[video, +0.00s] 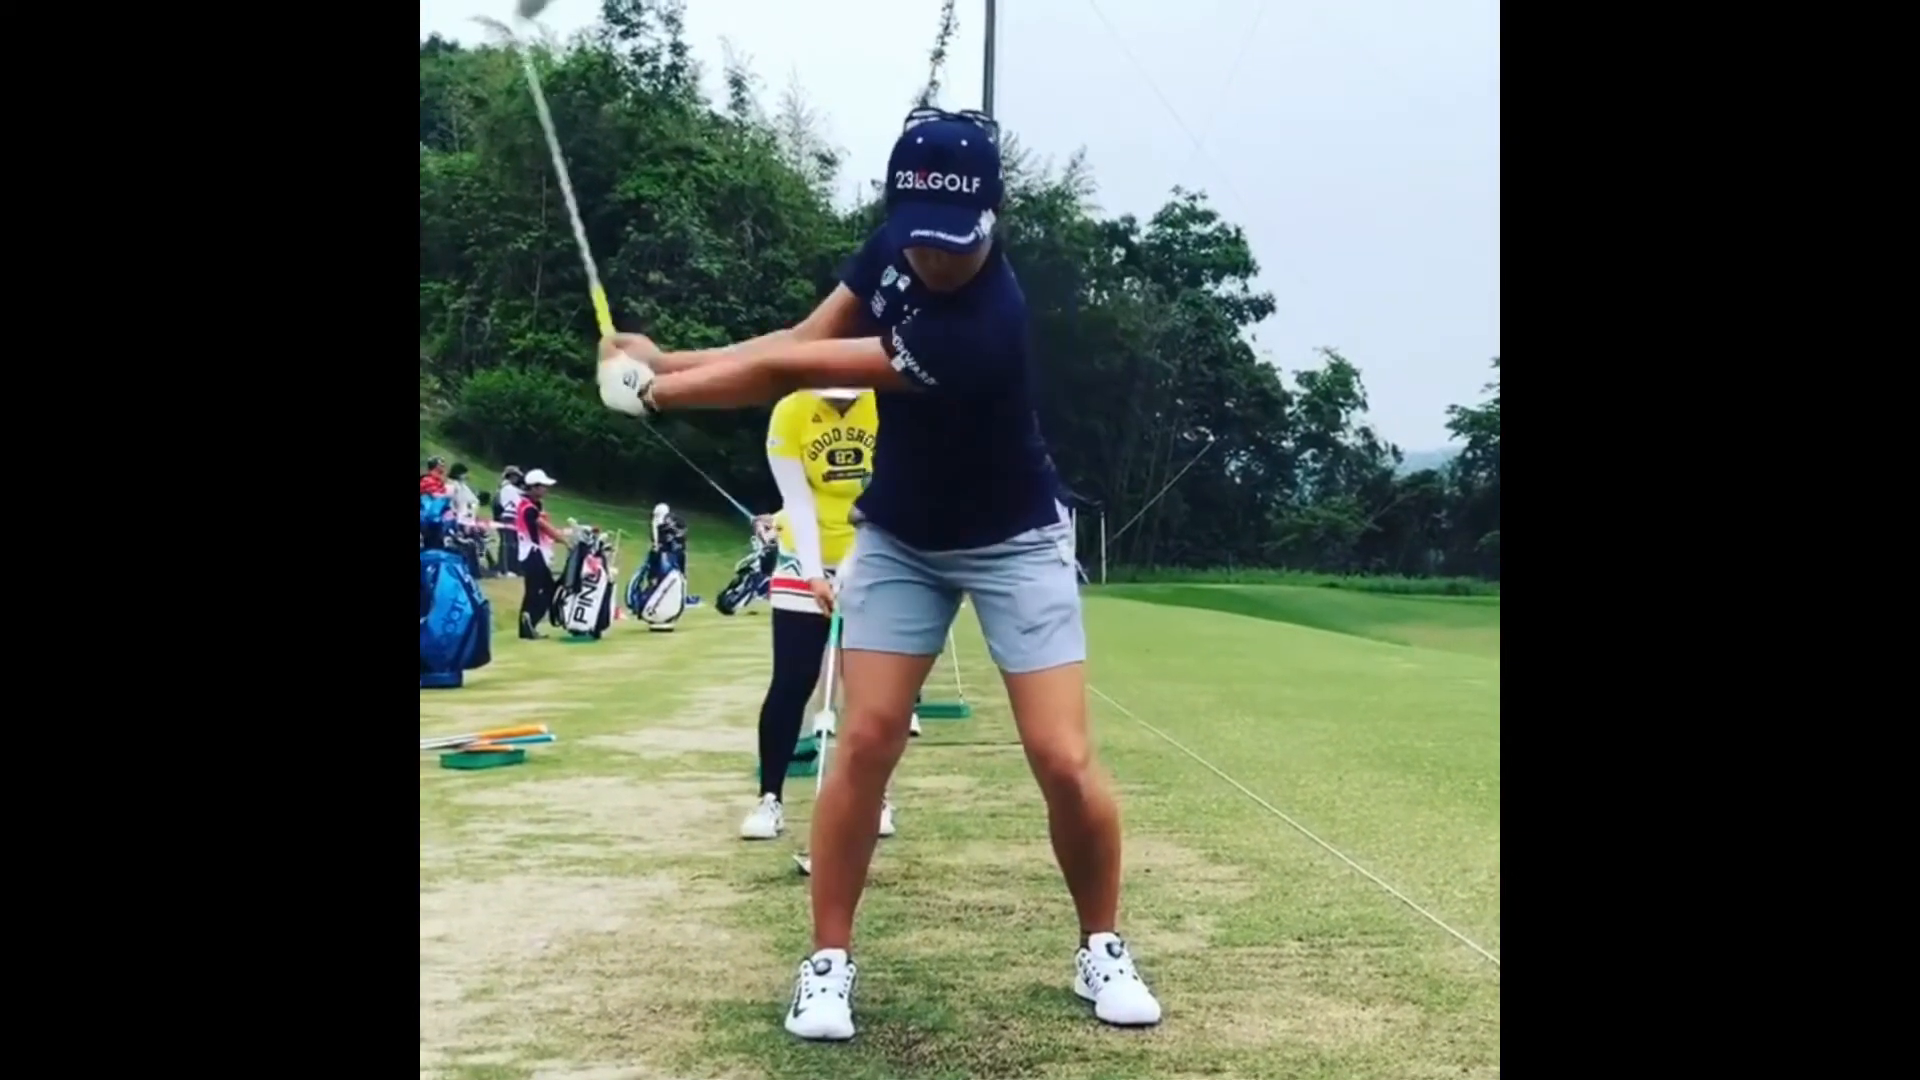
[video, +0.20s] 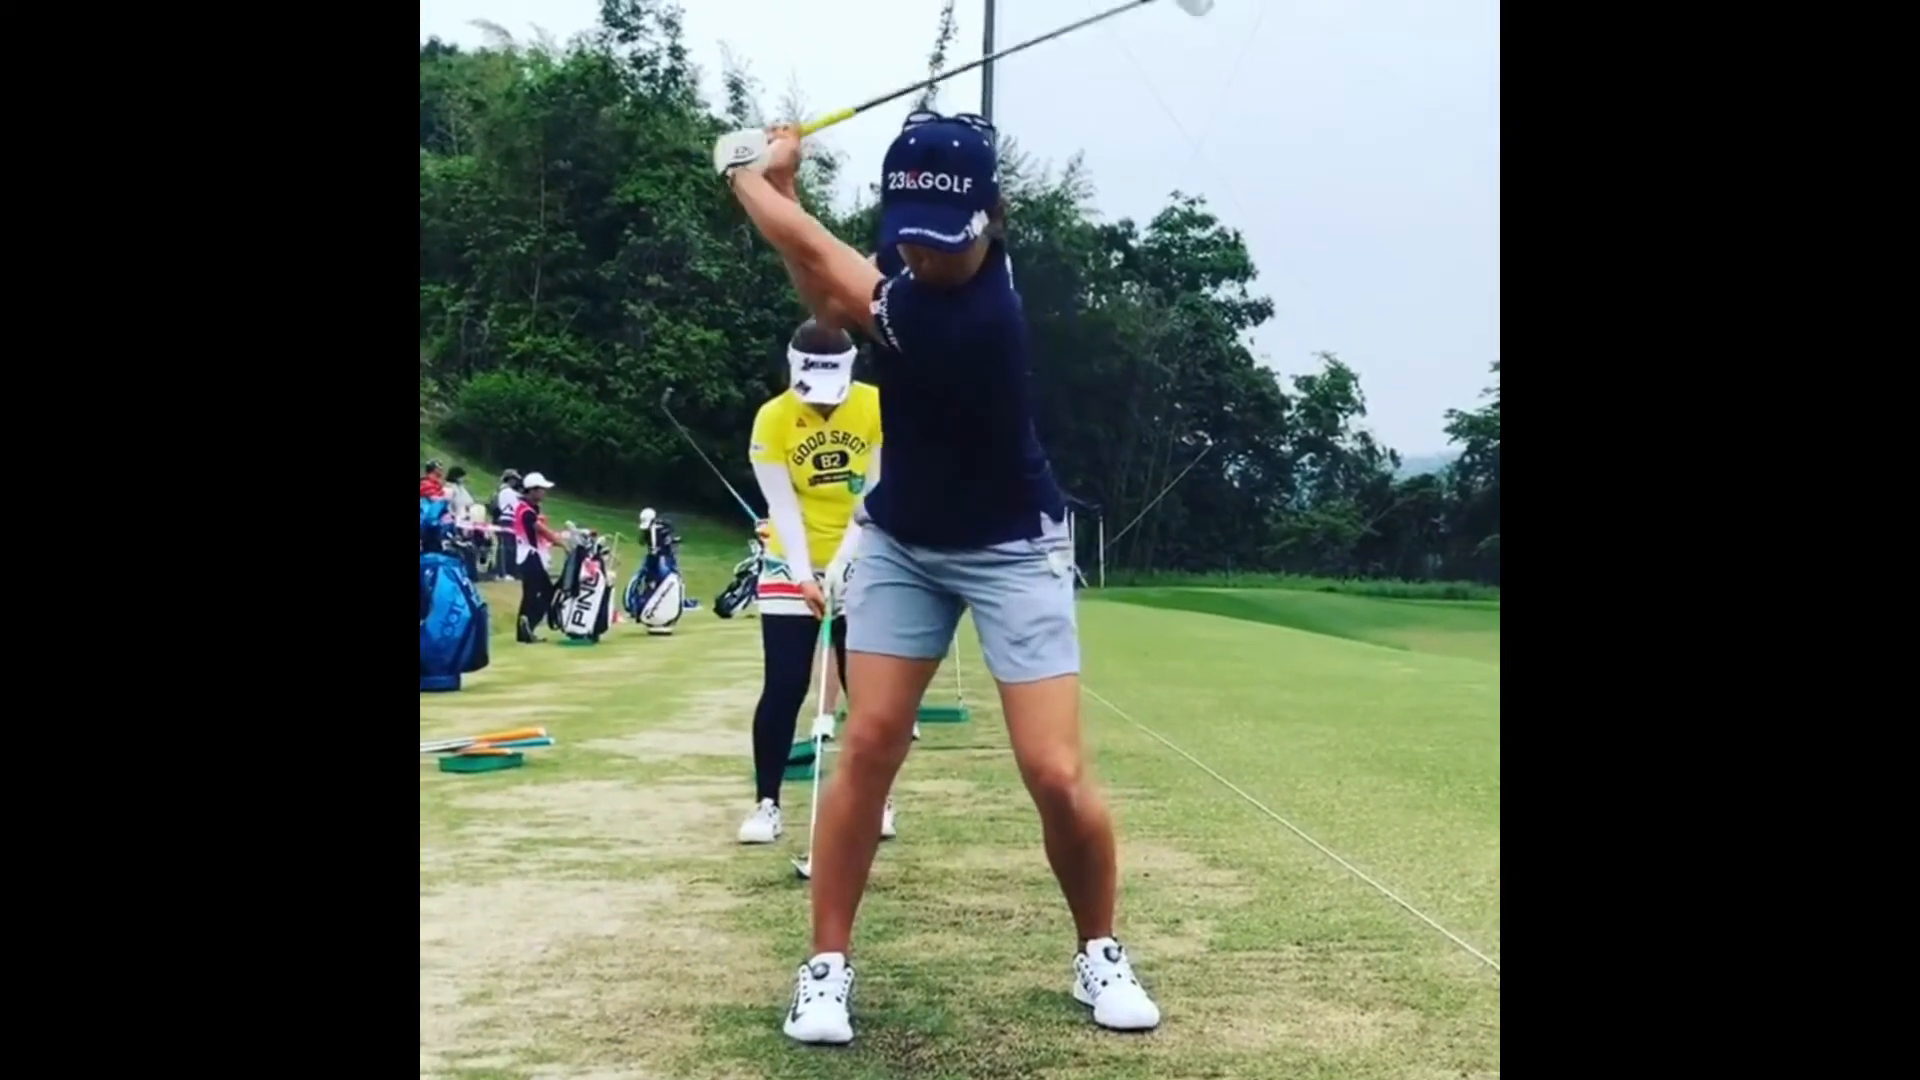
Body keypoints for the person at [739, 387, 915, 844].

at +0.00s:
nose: (841, 380)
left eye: (850, 364)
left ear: (869, 359)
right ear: (815, 360)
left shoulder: (887, 404)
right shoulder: (791, 413)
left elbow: (897, 487)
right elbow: (797, 501)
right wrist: (813, 571)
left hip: (871, 556)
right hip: (804, 560)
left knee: (878, 689)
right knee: (792, 682)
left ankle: (875, 791)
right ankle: (770, 797)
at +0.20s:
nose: (821, 400)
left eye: (832, 390)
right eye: (811, 389)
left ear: (850, 373)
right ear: (794, 373)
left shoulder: (873, 406)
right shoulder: (772, 419)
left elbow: (878, 491)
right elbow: (783, 507)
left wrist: (840, 565)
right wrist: (802, 573)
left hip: (857, 557)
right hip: (788, 559)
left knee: (869, 690)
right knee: (785, 685)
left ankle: (877, 794)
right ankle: (767, 803)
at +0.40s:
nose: (818, 391)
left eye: (830, 381)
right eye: (809, 380)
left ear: (853, 374)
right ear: (796, 373)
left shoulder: (889, 417)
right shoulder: (778, 423)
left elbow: (881, 500)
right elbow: (786, 509)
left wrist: (840, 569)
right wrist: (802, 576)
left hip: (865, 567)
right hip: (791, 565)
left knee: (871, 695)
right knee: (782, 688)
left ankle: (892, 805)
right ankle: (761, 806)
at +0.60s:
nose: (829, 405)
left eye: (840, 394)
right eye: (819, 392)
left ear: (860, 377)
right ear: (805, 376)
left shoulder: (893, 418)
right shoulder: (783, 428)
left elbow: (882, 505)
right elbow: (791, 515)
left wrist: (842, 571)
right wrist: (801, 579)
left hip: (869, 571)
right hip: (795, 568)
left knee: (869, 700)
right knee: (777, 688)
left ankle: (882, 813)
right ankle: (749, 806)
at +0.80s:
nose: (811, 406)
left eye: (822, 395)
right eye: (801, 394)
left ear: (841, 381)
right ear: (786, 380)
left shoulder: (873, 420)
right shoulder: (763, 432)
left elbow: (863, 505)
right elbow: (773, 518)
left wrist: (824, 575)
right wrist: (783, 584)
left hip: (850, 574)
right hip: (777, 573)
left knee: (853, 695)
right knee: (762, 692)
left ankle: (868, 807)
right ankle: (734, 810)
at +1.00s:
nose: (795, 414)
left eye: (806, 403)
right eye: (785, 402)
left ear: (826, 387)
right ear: (770, 387)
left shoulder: (856, 424)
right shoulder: (747, 437)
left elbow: (844, 505)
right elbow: (758, 522)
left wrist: (808, 579)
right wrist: (769, 587)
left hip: (834, 576)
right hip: (759, 575)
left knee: (841, 696)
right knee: (747, 696)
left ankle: (860, 808)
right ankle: (724, 814)